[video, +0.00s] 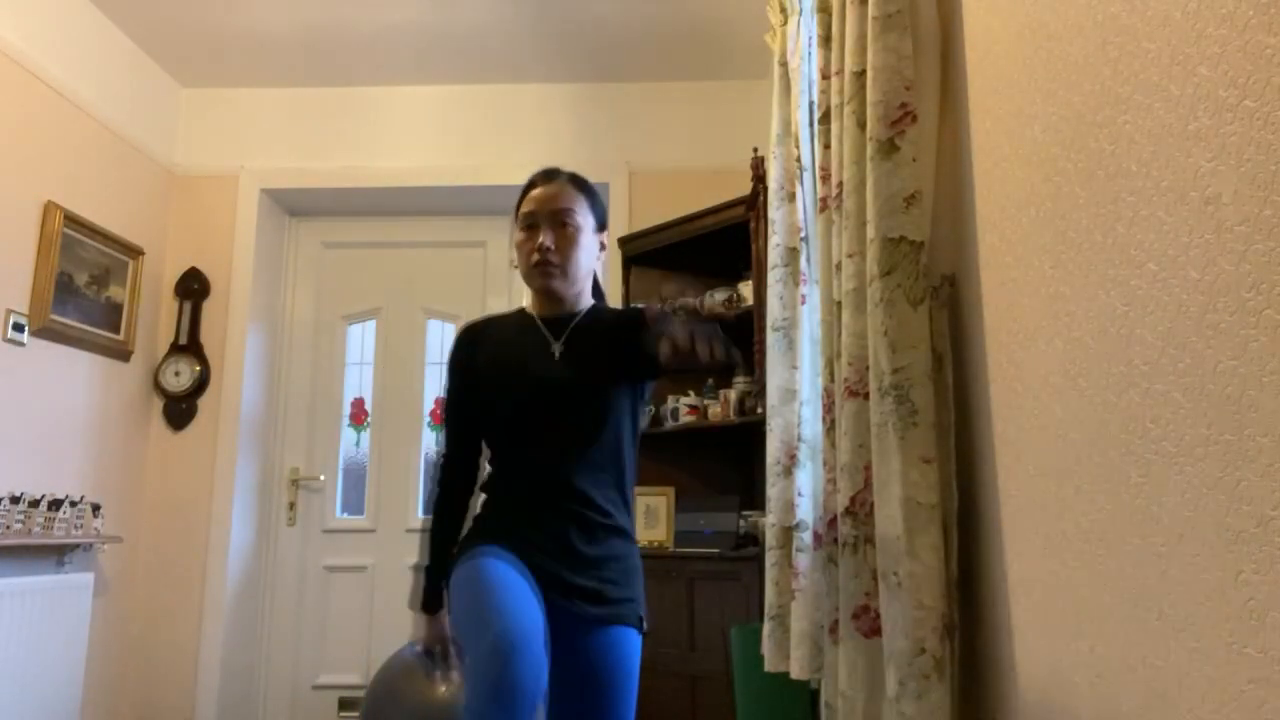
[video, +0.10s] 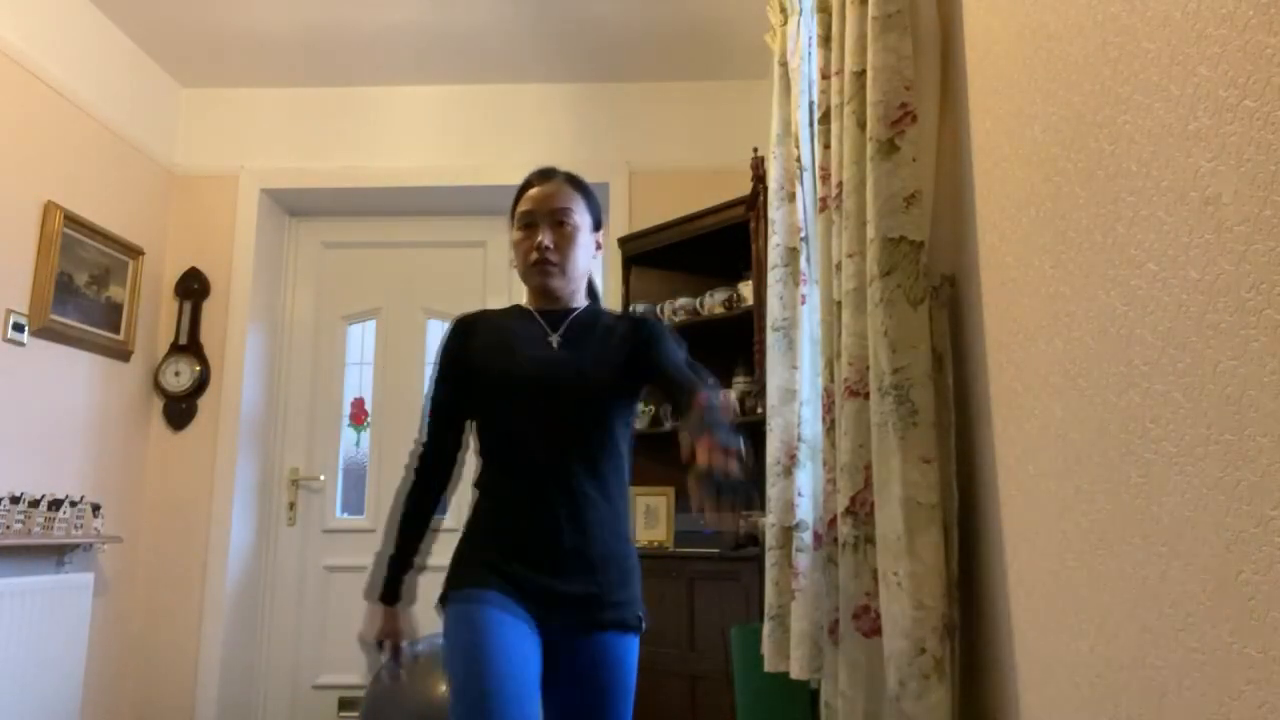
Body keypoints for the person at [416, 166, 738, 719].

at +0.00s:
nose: (542, 240)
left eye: (562, 223)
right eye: (528, 226)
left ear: (600, 245)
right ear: (514, 245)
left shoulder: (626, 331)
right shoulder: (482, 342)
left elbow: (655, 338)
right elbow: (457, 475)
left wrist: (683, 334)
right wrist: (433, 600)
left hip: (603, 559)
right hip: (502, 549)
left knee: (608, 708)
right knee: (514, 680)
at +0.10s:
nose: (542, 239)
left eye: (562, 223)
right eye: (528, 225)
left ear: (597, 243)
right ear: (511, 243)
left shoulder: (635, 337)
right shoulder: (476, 336)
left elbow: (693, 389)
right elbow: (434, 467)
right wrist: (391, 591)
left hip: (602, 589)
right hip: (495, 583)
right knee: (502, 710)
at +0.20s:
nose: (535, 243)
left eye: (555, 229)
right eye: (520, 230)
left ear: (589, 248)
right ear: (505, 249)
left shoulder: (624, 348)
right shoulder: (461, 338)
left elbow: (678, 441)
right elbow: (405, 462)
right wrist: (343, 585)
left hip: (591, 610)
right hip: (479, 609)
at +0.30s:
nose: (527, 244)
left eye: (547, 231)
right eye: (512, 230)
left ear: (578, 253)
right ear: (493, 247)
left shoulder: (613, 350)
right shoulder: (449, 337)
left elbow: (651, 479)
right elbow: (379, 457)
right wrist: (305, 568)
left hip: (572, 615)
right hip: (460, 610)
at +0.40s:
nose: (517, 243)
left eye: (538, 230)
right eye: (503, 228)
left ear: (567, 254)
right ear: (484, 246)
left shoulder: (603, 353)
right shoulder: (440, 333)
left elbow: (621, 487)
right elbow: (378, 422)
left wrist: (627, 605)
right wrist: (301, 520)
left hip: (559, 587)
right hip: (451, 587)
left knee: (559, 709)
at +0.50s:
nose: (513, 240)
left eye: (533, 228)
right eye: (498, 226)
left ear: (559, 253)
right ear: (475, 245)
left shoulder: (595, 350)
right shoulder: (437, 324)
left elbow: (594, 477)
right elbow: (386, 380)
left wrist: (586, 562)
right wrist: (334, 440)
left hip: (555, 552)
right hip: (455, 561)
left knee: (543, 633)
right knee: (440, 707)